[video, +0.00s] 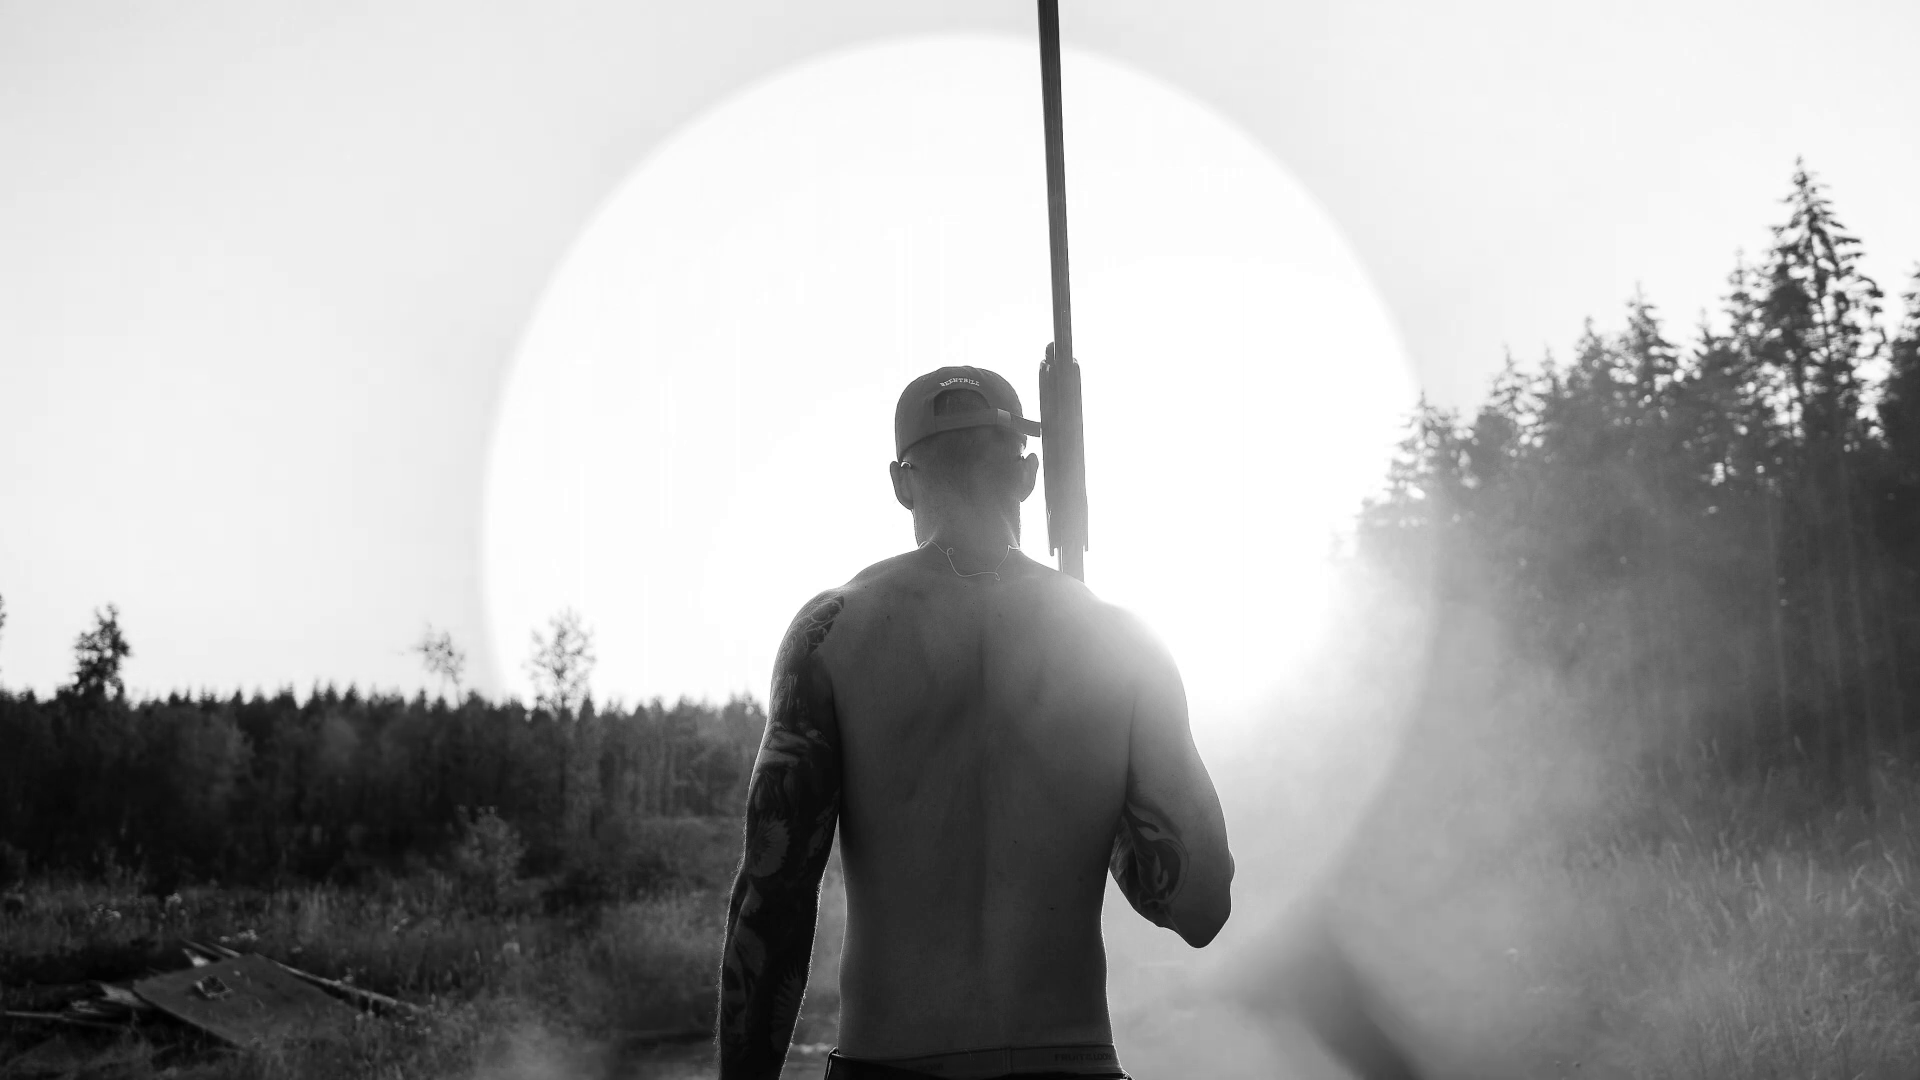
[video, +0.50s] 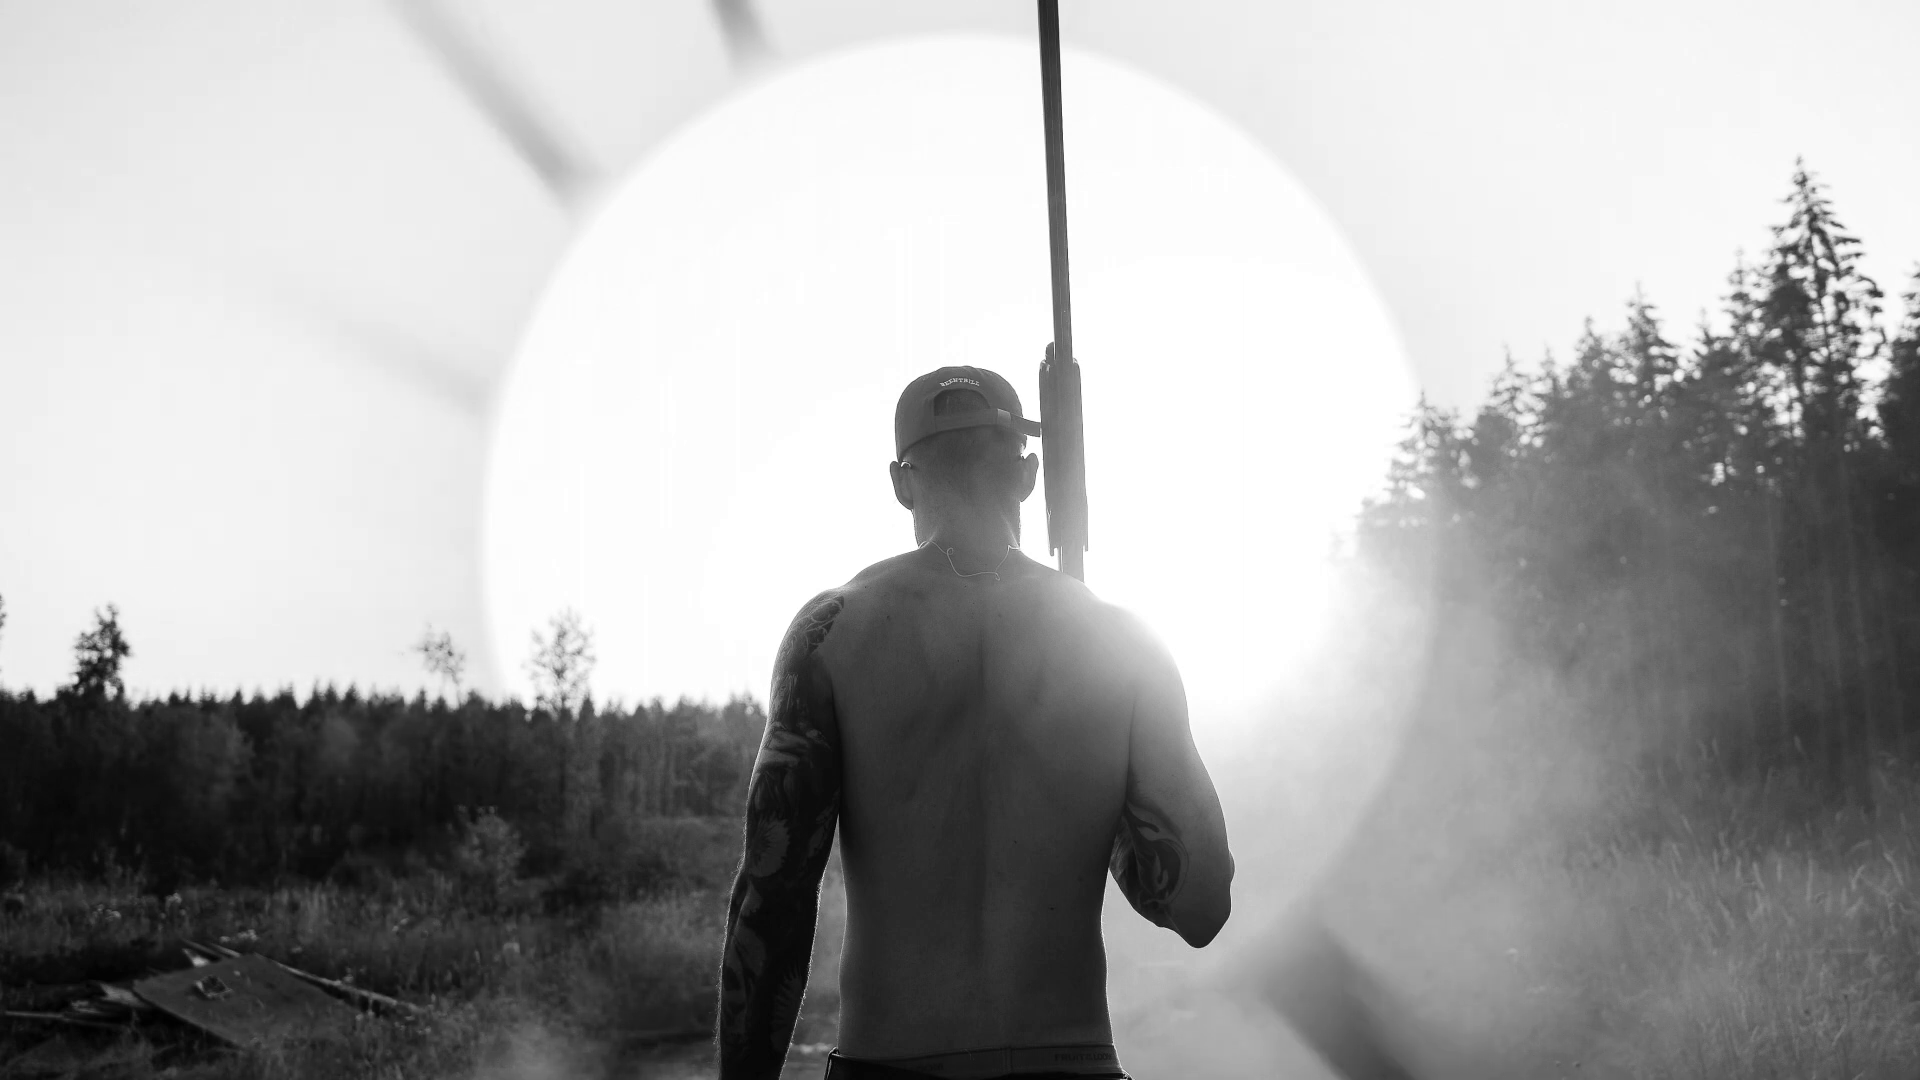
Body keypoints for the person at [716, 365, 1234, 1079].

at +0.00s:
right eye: (1017, 451)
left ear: (902, 484)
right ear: (1028, 477)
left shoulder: (831, 630)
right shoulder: (1121, 640)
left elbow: (772, 887)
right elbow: (1201, 904)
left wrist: (748, 1063)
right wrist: (1100, 801)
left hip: (885, 1046)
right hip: (1067, 1045)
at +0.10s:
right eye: (1015, 448)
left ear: (903, 486)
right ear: (1028, 477)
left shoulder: (831, 630)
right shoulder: (1122, 641)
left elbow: (773, 885)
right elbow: (1200, 904)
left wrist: (747, 1062)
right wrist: (1100, 800)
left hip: (886, 1046)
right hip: (1067, 1046)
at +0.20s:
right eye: (1017, 451)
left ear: (902, 484)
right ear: (1028, 477)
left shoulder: (831, 630)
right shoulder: (1121, 640)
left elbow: (772, 887)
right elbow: (1201, 904)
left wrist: (748, 1063)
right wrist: (1100, 801)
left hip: (885, 1046)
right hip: (1067, 1046)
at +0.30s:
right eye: (1017, 451)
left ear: (902, 484)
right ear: (1028, 477)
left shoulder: (831, 630)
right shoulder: (1121, 640)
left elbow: (772, 887)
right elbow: (1201, 904)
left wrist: (748, 1063)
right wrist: (1100, 801)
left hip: (885, 1046)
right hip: (1067, 1046)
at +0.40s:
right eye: (1017, 451)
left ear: (902, 484)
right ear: (1028, 477)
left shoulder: (831, 630)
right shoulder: (1121, 640)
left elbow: (772, 887)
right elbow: (1201, 904)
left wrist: (748, 1063)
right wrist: (1100, 801)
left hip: (885, 1046)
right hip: (1067, 1045)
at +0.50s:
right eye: (1017, 451)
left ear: (902, 484)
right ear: (1028, 477)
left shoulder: (831, 630)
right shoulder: (1121, 640)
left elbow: (772, 887)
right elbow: (1201, 904)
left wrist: (748, 1063)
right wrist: (1100, 801)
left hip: (885, 1046)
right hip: (1067, 1046)